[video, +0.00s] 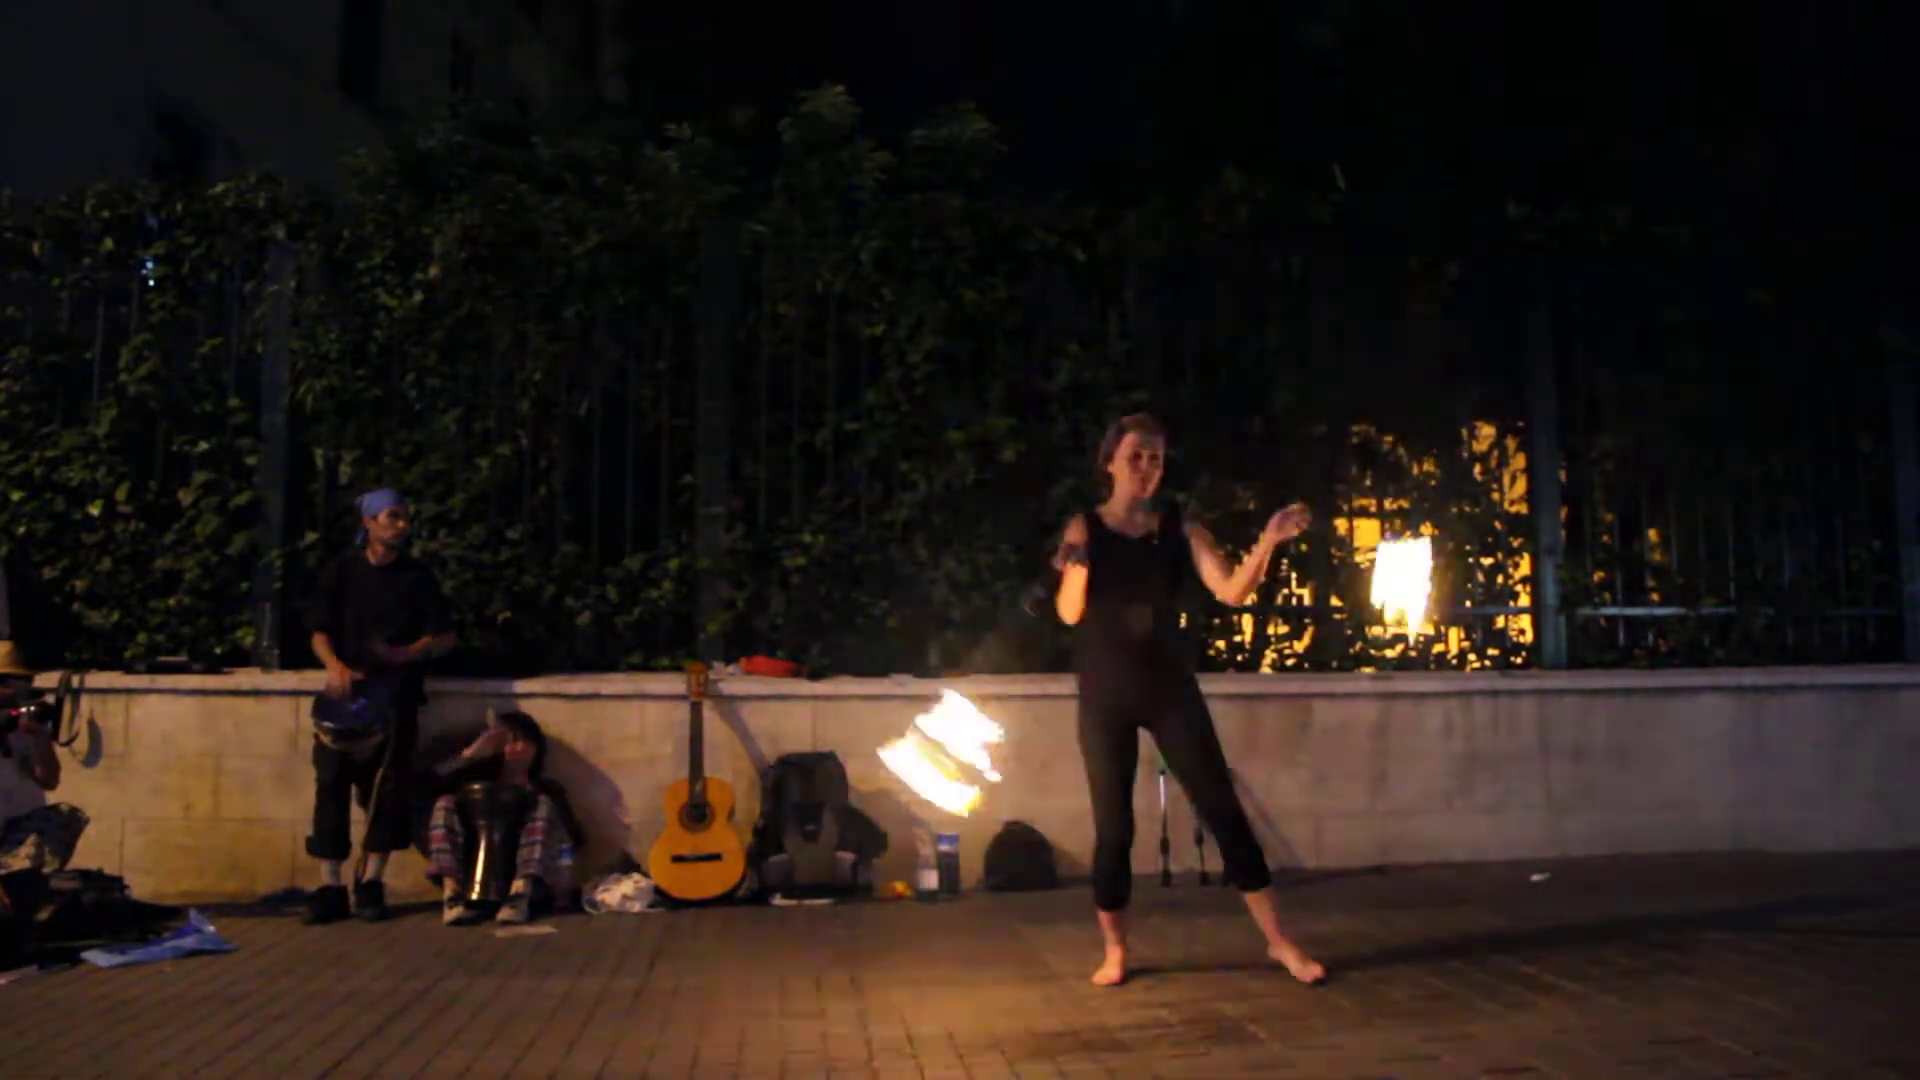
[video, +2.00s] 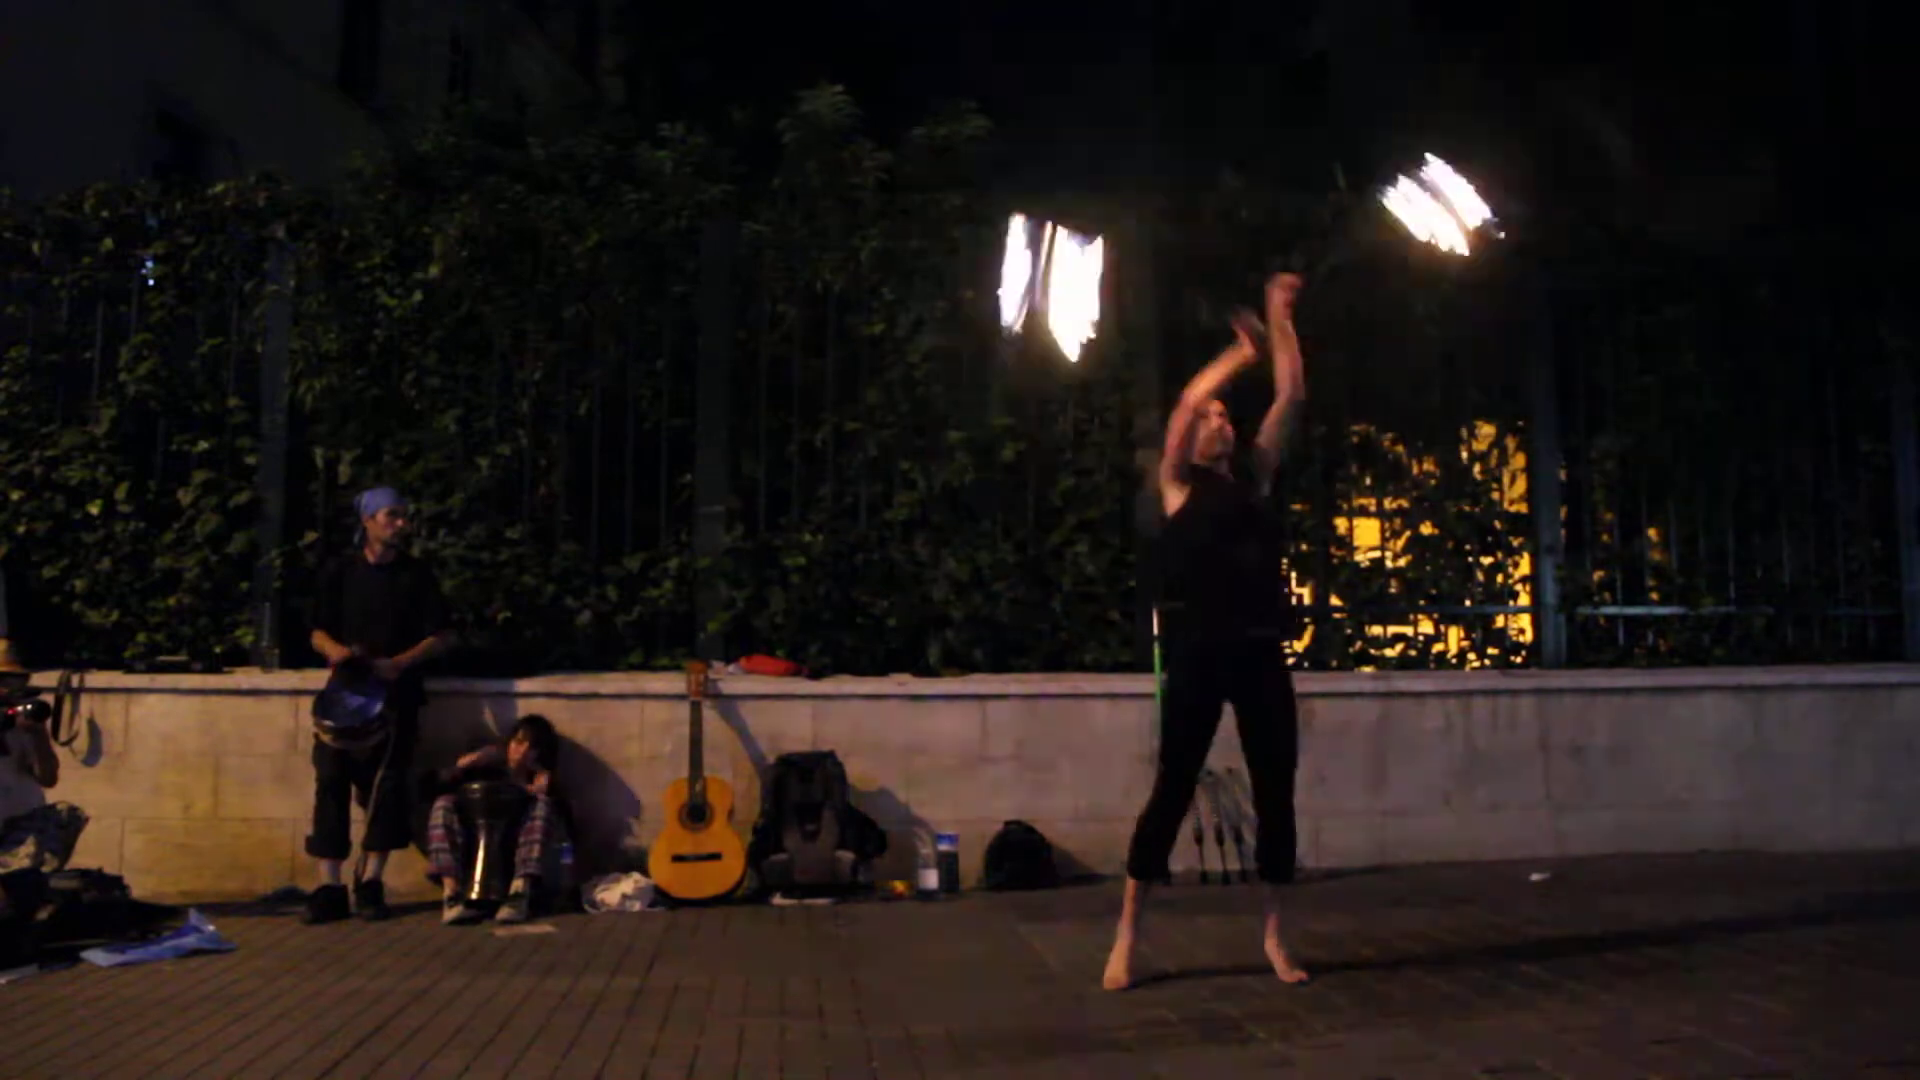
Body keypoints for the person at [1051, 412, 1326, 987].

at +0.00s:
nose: (1147, 469)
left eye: (1155, 459)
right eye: (1136, 458)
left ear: (1164, 467)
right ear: (1110, 462)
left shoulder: (1180, 530)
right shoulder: (1085, 529)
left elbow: (1229, 590)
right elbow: (1069, 613)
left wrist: (1268, 541)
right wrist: (1078, 559)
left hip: (1171, 689)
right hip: (1105, 693)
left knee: (1223, 811)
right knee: (1113, 827)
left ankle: (1278, 941)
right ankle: (1114, 949)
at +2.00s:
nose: (1218, 423)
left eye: (1225, 416)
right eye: (1206, 418)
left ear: (1237, 431)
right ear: (1186, 433)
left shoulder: (1256, 476)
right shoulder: (1177, 484)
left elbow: (1289, 395)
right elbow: (1189, 402)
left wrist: (1280, 317)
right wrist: (1241, 349)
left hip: (1260, 651)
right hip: (1194, 652)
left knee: (1276, 792)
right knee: (1174, 789)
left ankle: (1275, 936)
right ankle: (1126, 935)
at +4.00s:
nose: (1109, 448)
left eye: (1114, 440)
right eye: (1096, 441)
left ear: (1126, 452)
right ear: (1075, 457)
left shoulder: (1148, 500)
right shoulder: (1073, 512)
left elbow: (1172, 416)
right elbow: (1058, 444)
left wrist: (1164, 333)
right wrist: (1106, 404)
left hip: (1163, 675)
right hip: (1099, 681)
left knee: (1205, 804)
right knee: (1105, 815)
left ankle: (1244, 933)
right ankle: (1099, 943)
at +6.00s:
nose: (1194, 441)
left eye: (1193, 433)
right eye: (1181, 434)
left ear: (1206, 445)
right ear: (1156, 447)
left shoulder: (1230, 487)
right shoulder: (1153, 501)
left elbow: (1259, 412)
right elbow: (1171, 442)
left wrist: (1248, 336)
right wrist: (1243, 429)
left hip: (1239, 669)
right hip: (1173, 670)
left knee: (1248, 811)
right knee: (1152, 808)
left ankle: (1246, 945)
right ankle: (1115, 946)